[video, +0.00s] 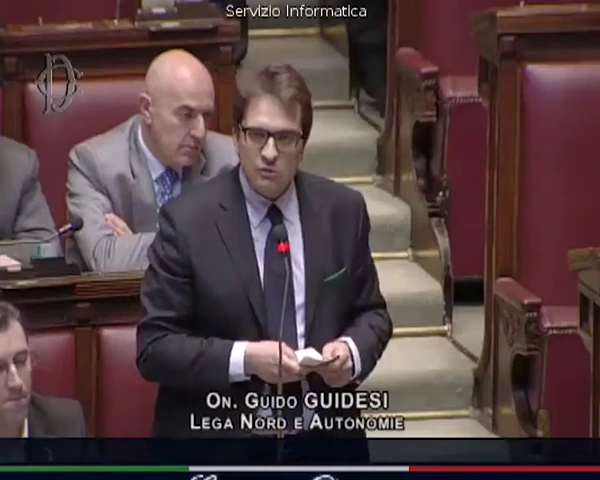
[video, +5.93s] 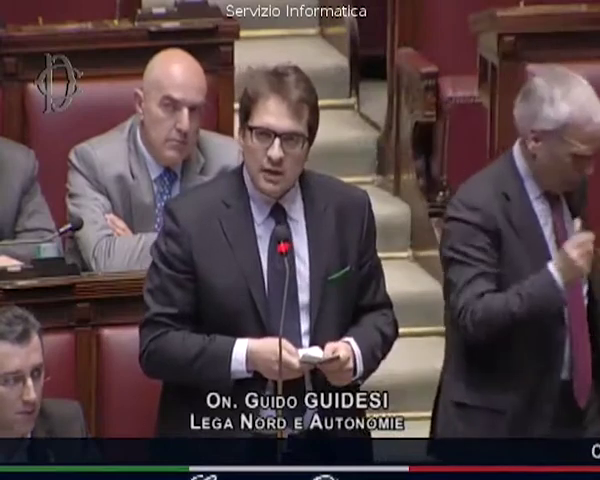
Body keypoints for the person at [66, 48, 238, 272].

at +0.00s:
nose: (200, 132)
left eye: (207, 115)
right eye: (186, 115)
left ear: (212, 110)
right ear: (146, 108)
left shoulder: (229, 156)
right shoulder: (92, 161)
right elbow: (105, 259)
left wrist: (138, 250)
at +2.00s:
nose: (200, 132)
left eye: (207, 115)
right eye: (186, 115)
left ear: (213, 109)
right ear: (147, 108)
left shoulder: (232, 158)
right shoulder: (92, 161)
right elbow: (104, 259)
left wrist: (138, 251)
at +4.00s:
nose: (199, 131)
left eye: (206, 114)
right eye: (186, 114)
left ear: (211, 110)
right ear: (146, 108)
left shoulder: (216, 154)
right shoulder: (92, 160)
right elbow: (105, 260)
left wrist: (137, 246)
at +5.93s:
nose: (184, 125)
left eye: (194, 110)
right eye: (170, 106)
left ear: (203, 108)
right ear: (140, 104)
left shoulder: (231, 157)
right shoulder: (91, 161)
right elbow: (105, 259)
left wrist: (138, 251)